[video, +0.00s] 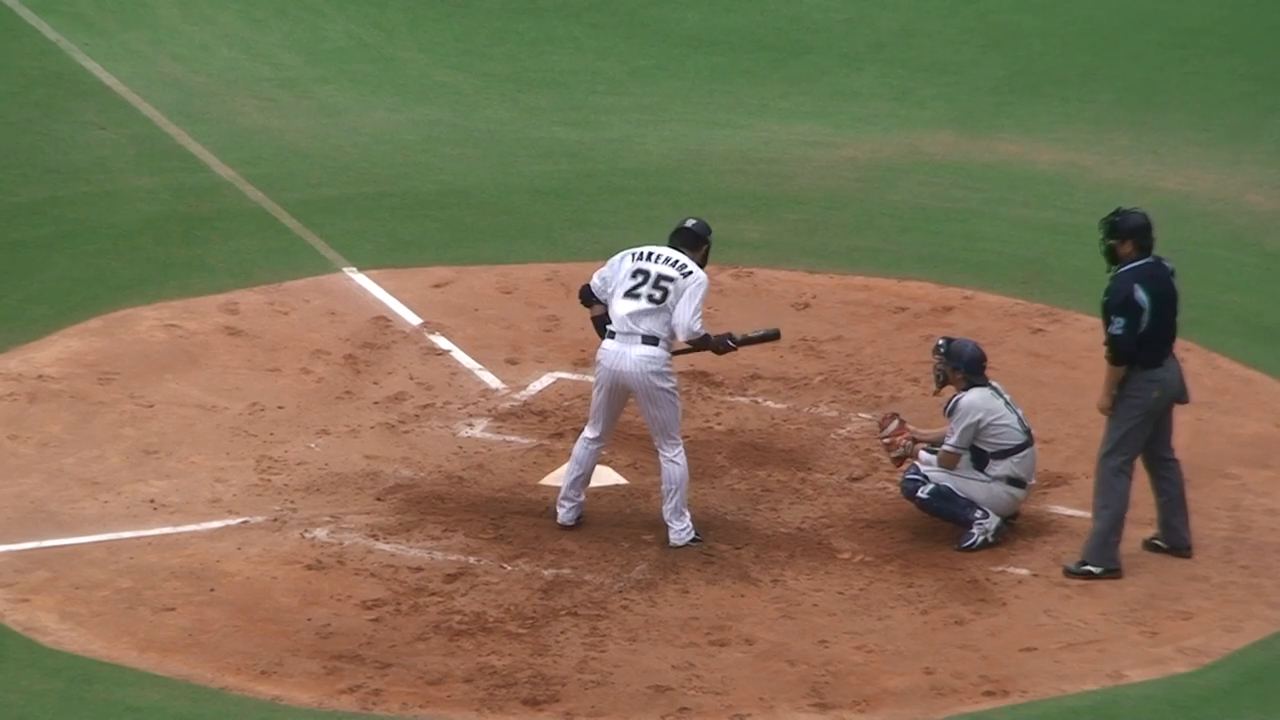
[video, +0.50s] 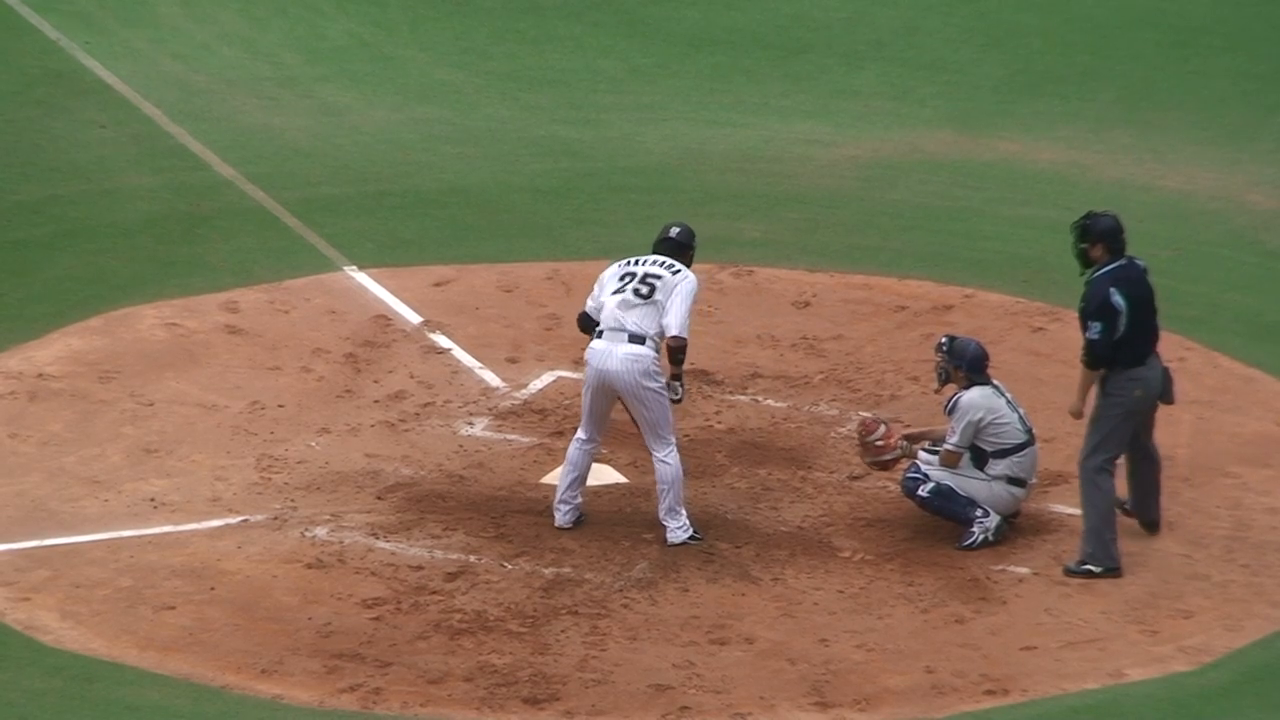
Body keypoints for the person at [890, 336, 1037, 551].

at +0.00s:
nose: (938, 367)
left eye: (943, 364)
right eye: (939, 362)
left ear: (958, 373)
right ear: (971, 372)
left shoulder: (969, 403)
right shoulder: (991, 388)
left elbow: (947, 463)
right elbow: (957, 435)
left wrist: (914, 451)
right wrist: (915, 434)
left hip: (1003, 493)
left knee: (914, 479)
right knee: (932, 453)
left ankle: (982, 520)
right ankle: (1003, 508)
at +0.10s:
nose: (939, 366)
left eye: (944, 363)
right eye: (940, 361)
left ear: (959, 371)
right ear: (971, 370)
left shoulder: (970, 402)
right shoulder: (990, 387)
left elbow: (948, 462)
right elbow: (959, 433)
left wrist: (913, 449)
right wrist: (918, 434)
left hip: (1003, 492)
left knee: (914, 478)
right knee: (929, 452)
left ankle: (983, 519)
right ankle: (1002, 506)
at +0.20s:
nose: (940, 365)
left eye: (945, 362)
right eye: (941, 360)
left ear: (960, 370)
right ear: (972, 370)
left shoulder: (970, 402)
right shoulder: (992, 387)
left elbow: (949, 461)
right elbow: (961, 433)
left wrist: (913, 449)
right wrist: (918, 432)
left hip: (1004, 492)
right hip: (1017, 482)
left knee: (914, 478)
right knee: (931, 451)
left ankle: (983, 519)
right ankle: (1003, 506)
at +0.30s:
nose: (940, 365)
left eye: (945, 361)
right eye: (941, 360)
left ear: (961, 370)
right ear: (969, 371)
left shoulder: (970, 402)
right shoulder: (992, 387)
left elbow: (948, 461)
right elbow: (960, 433)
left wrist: (910, 449)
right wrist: (915, 433)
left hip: (1004, 492)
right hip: (1016, 482)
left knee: (914, 478)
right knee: (930, 452)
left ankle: (983, 519)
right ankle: (1003, 506)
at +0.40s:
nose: (940, 365)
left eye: (946, 362)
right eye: (942, 360)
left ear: (960, 371)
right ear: (976, 369)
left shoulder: (969, 402)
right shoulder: (992, 387)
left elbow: (948, 462)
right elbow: (960, 434)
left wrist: (911, 450)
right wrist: (918, 434)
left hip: (1003, 492)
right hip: (1017, 482)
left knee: (914, 478)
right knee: (931, 451)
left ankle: (982, 518)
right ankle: (1004, 506)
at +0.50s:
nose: (940, 366)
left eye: (945, 362)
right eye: (942, 361)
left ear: (960, 371)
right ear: (973, 370)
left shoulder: (969, 402)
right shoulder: (992, 387)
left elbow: (948, 462)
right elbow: (961, 433)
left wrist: (912, 452)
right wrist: (920, 435)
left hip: (1004, 492)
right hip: (1018, 482)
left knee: (914, 478)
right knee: (929, 451)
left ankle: (983, 519)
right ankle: (1002, 506)